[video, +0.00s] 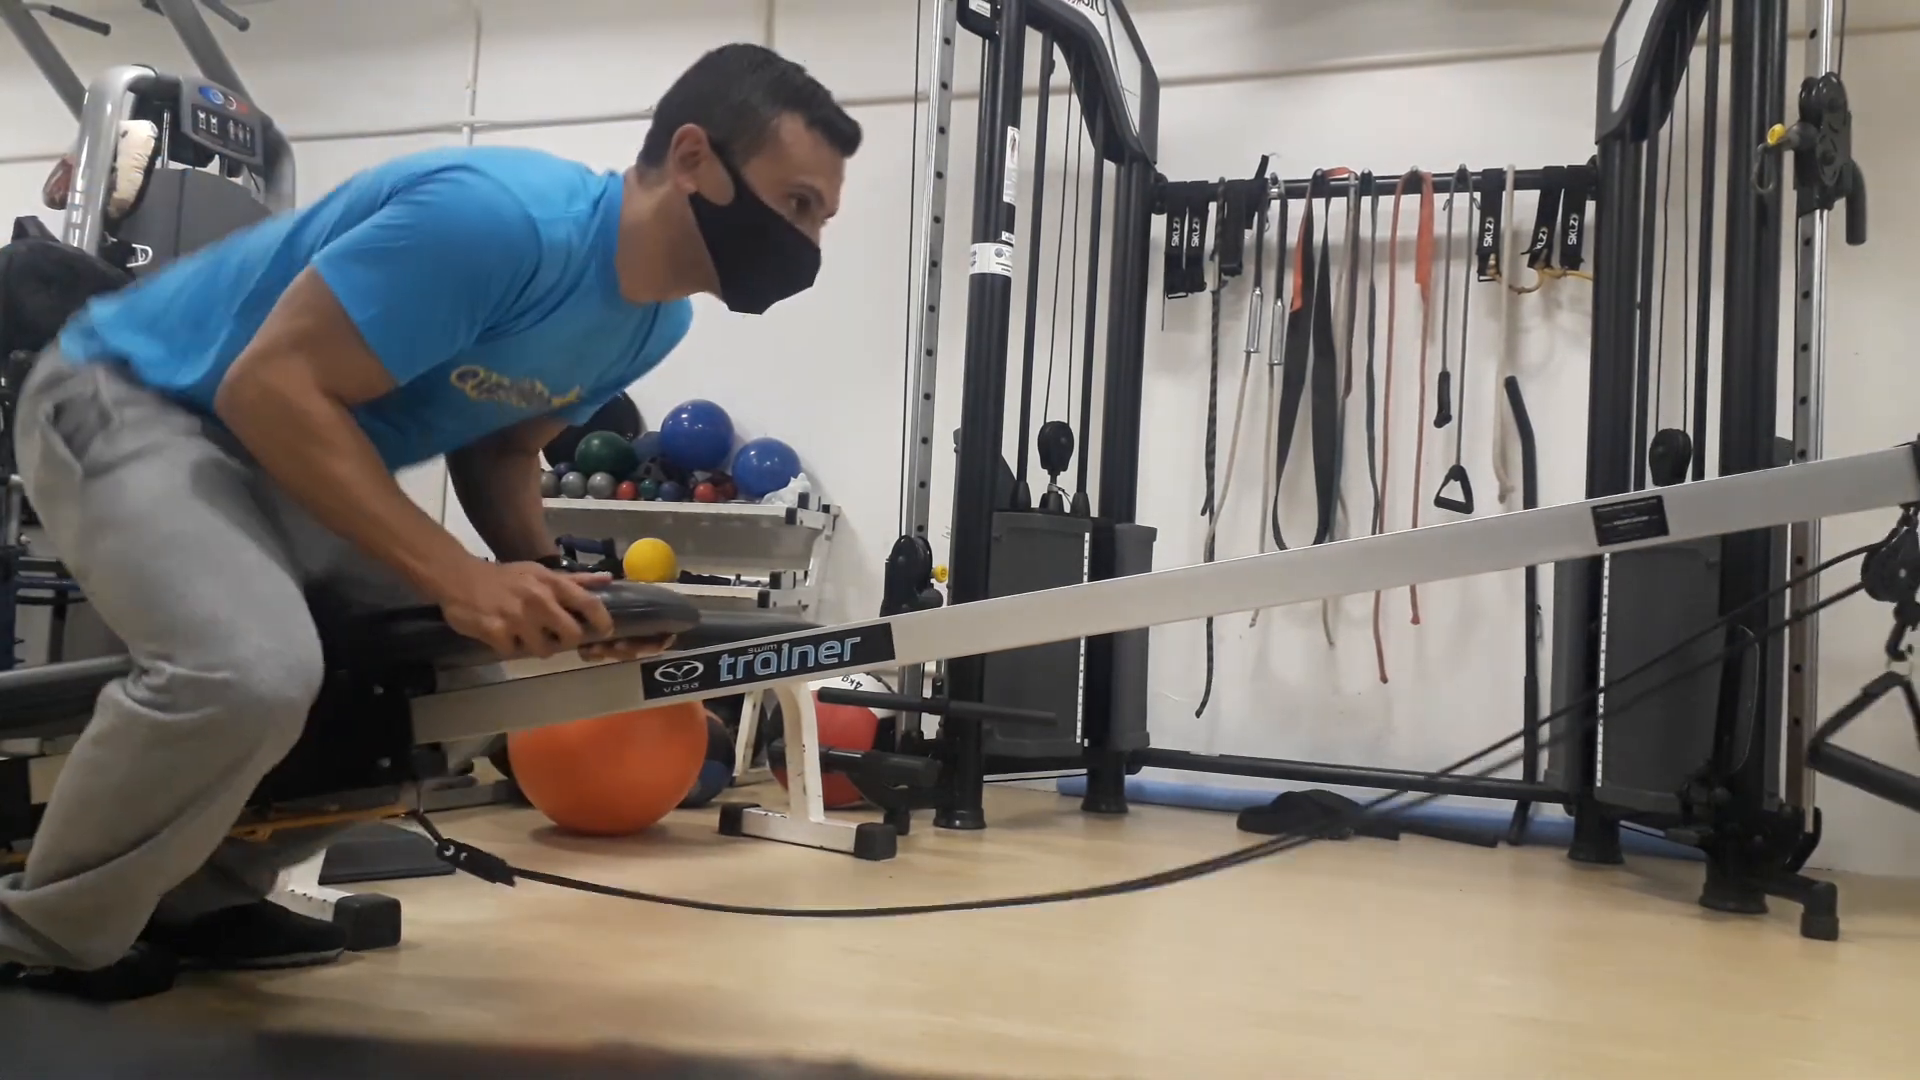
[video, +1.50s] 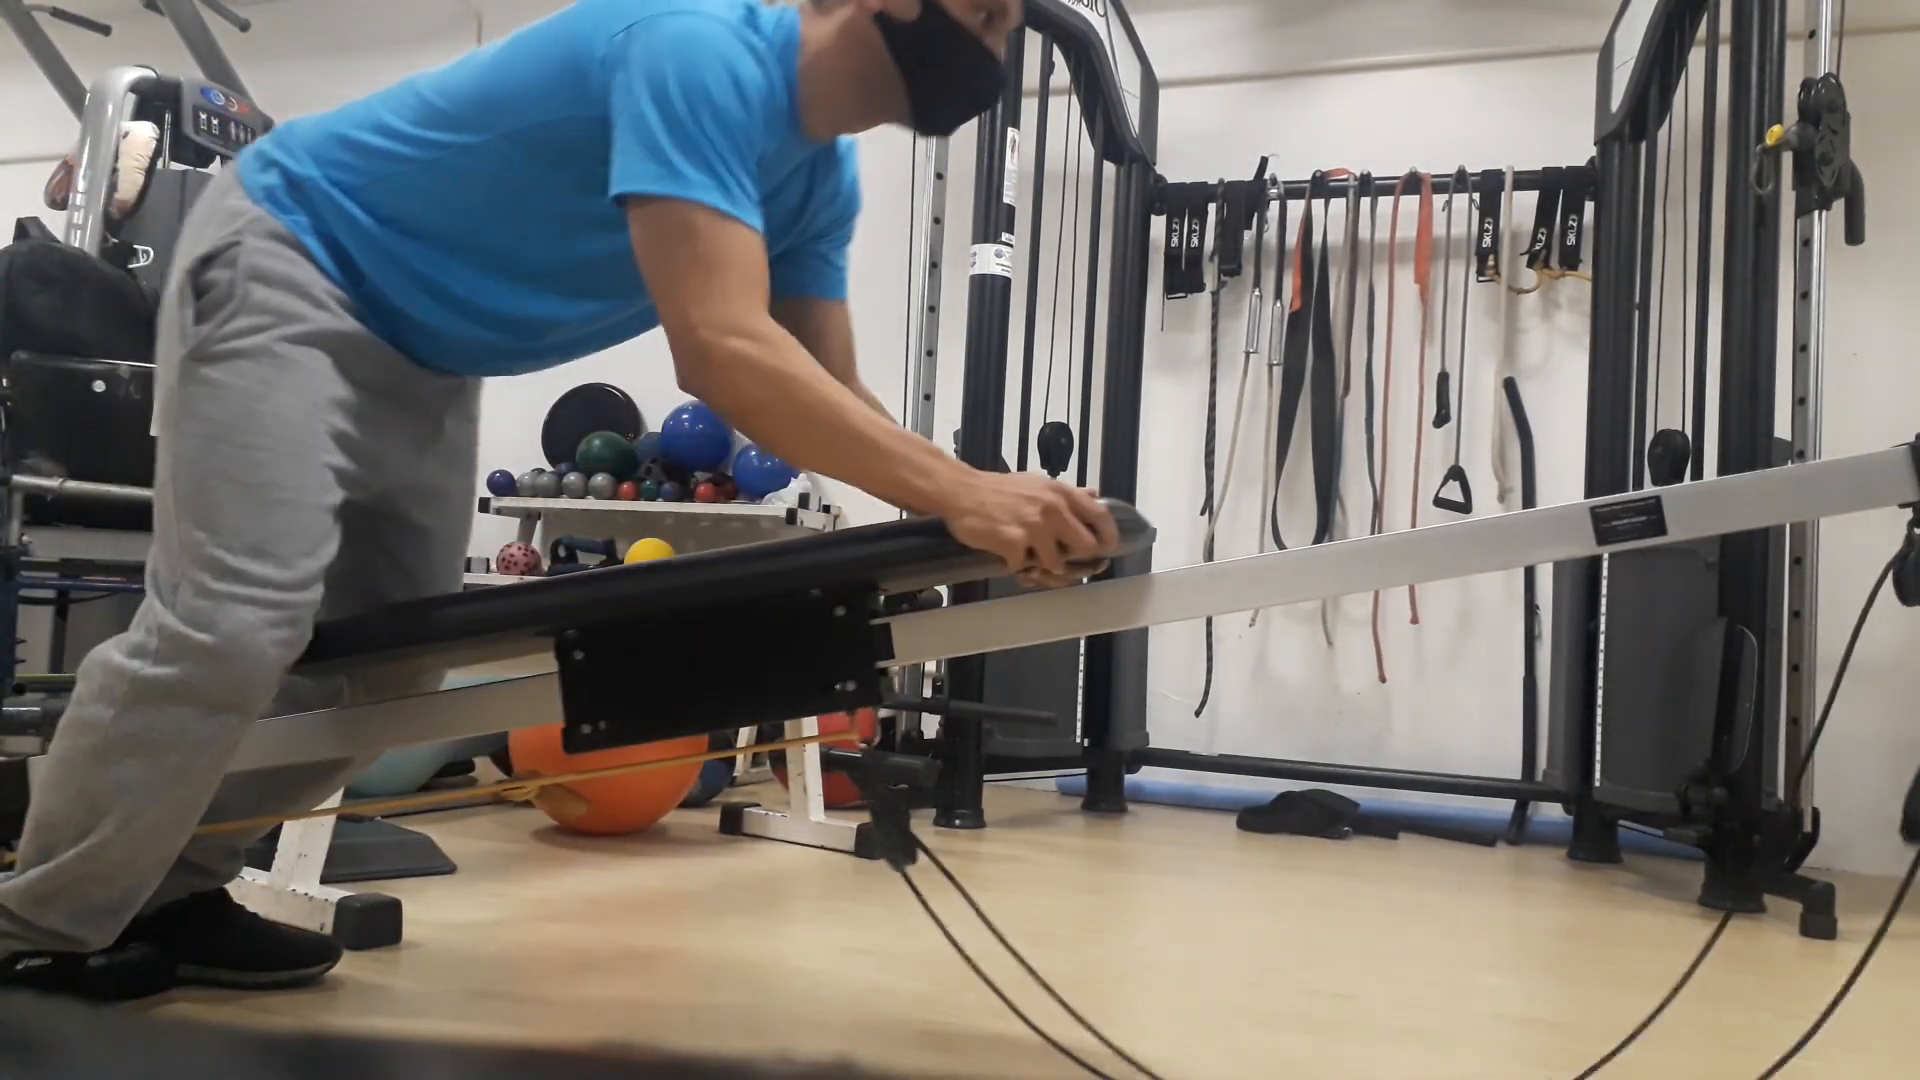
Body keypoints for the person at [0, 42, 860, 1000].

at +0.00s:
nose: (812, 242)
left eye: (826, 220)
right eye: (800, 203)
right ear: (689, 158)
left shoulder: (654, 317)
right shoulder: (494, 220)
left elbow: (502, 438)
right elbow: (266, 393)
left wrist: (541, 580)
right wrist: (458, 577)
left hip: (293, 443)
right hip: (129, 397)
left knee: (441, 657)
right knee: (254, 668)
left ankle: (209, 891)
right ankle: (45, 933)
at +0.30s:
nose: (828, 241)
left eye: (844, 217)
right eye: (821, 199)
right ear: (719, 139)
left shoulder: (640, 280)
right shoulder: (509, 173)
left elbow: (490, 415)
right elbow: (282, 361)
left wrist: (519, 570)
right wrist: (434, 584)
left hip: (258, 323)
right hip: (110, 245)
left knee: (349, 621)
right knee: (172, 588)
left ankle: (171, 888)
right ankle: (24, 925)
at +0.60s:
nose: (799, 238)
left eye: (814, 215)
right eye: (791, 196)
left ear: (692, 150)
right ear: (690, 138)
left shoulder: (622, 283)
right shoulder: (474, 180)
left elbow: (472, 424)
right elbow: (264, 378)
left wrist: (525, 571)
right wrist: (437, 576)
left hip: (259, 338)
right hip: (101, 268)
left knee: (362, 620)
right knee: (178, 593)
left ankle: (159, 894)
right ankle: (22, 926)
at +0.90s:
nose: (847, 176)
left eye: (860, 154)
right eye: (836, 137)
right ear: (736, 86)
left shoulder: (665, 247)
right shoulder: (543, 139)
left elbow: (591, 434)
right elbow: (413, 400)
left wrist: (700, 544)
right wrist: (650, 551)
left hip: (314, 357)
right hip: (148, 268)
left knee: (375, 647)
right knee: (201, 599)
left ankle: (164, 892)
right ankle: (33, 921)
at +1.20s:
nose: (917, 110)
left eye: (930, 85)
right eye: (901, 69)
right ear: (801, 25)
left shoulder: (748, 210)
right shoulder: (616, 91)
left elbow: (741, 421)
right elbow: (619, 390)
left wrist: (881, 524)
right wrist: (859, 508)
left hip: (373, 363)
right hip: (224, 262)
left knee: (410, 671)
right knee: (228, 622)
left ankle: (173, 880)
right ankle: (38, 929)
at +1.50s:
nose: (1002, 44)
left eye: (1013, 34)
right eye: (991, 15)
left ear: (912, 36)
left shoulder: (819, 168)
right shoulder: (701, 55)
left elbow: (821, 384)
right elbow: (722, 352)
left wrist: (975, 496)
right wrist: (956, 492)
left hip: (426, 349)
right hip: (287, 253)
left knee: (391, 664)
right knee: (233, 627)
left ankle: (168, 883)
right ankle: (39, 926)